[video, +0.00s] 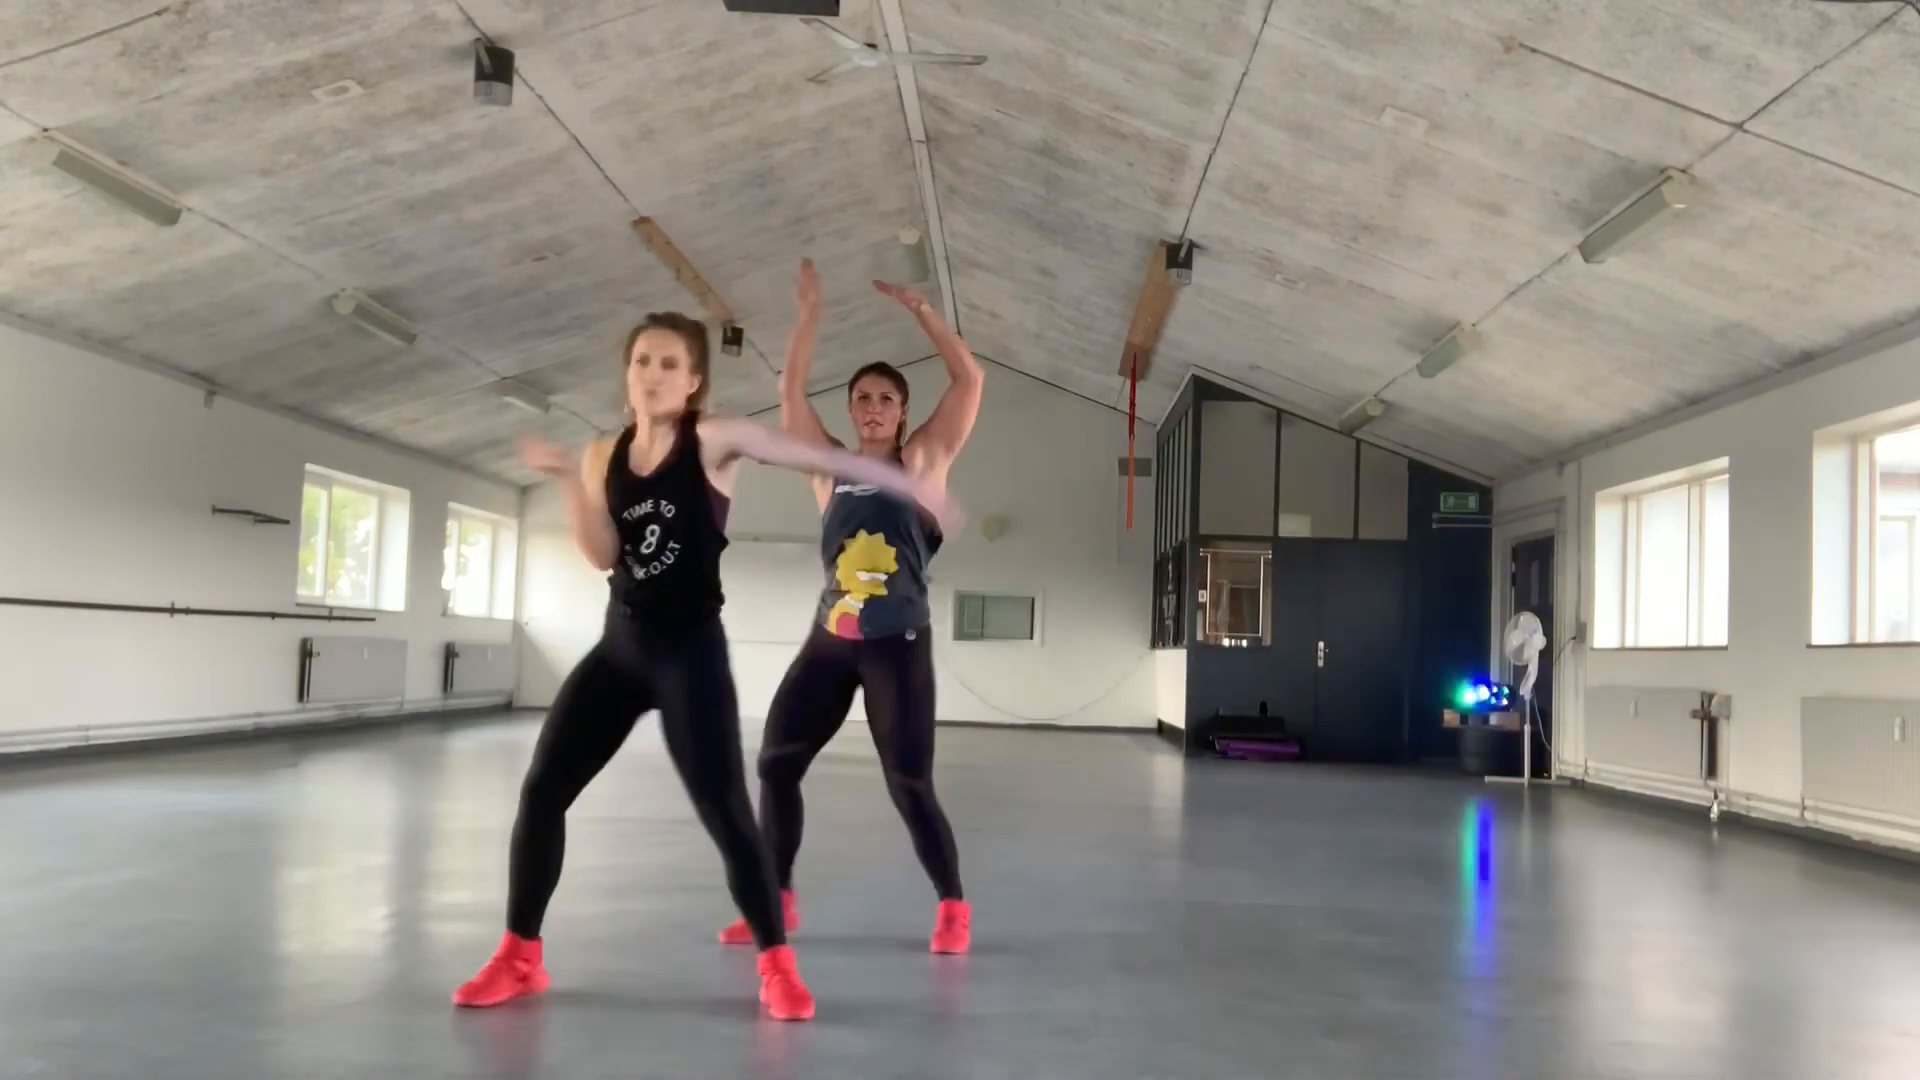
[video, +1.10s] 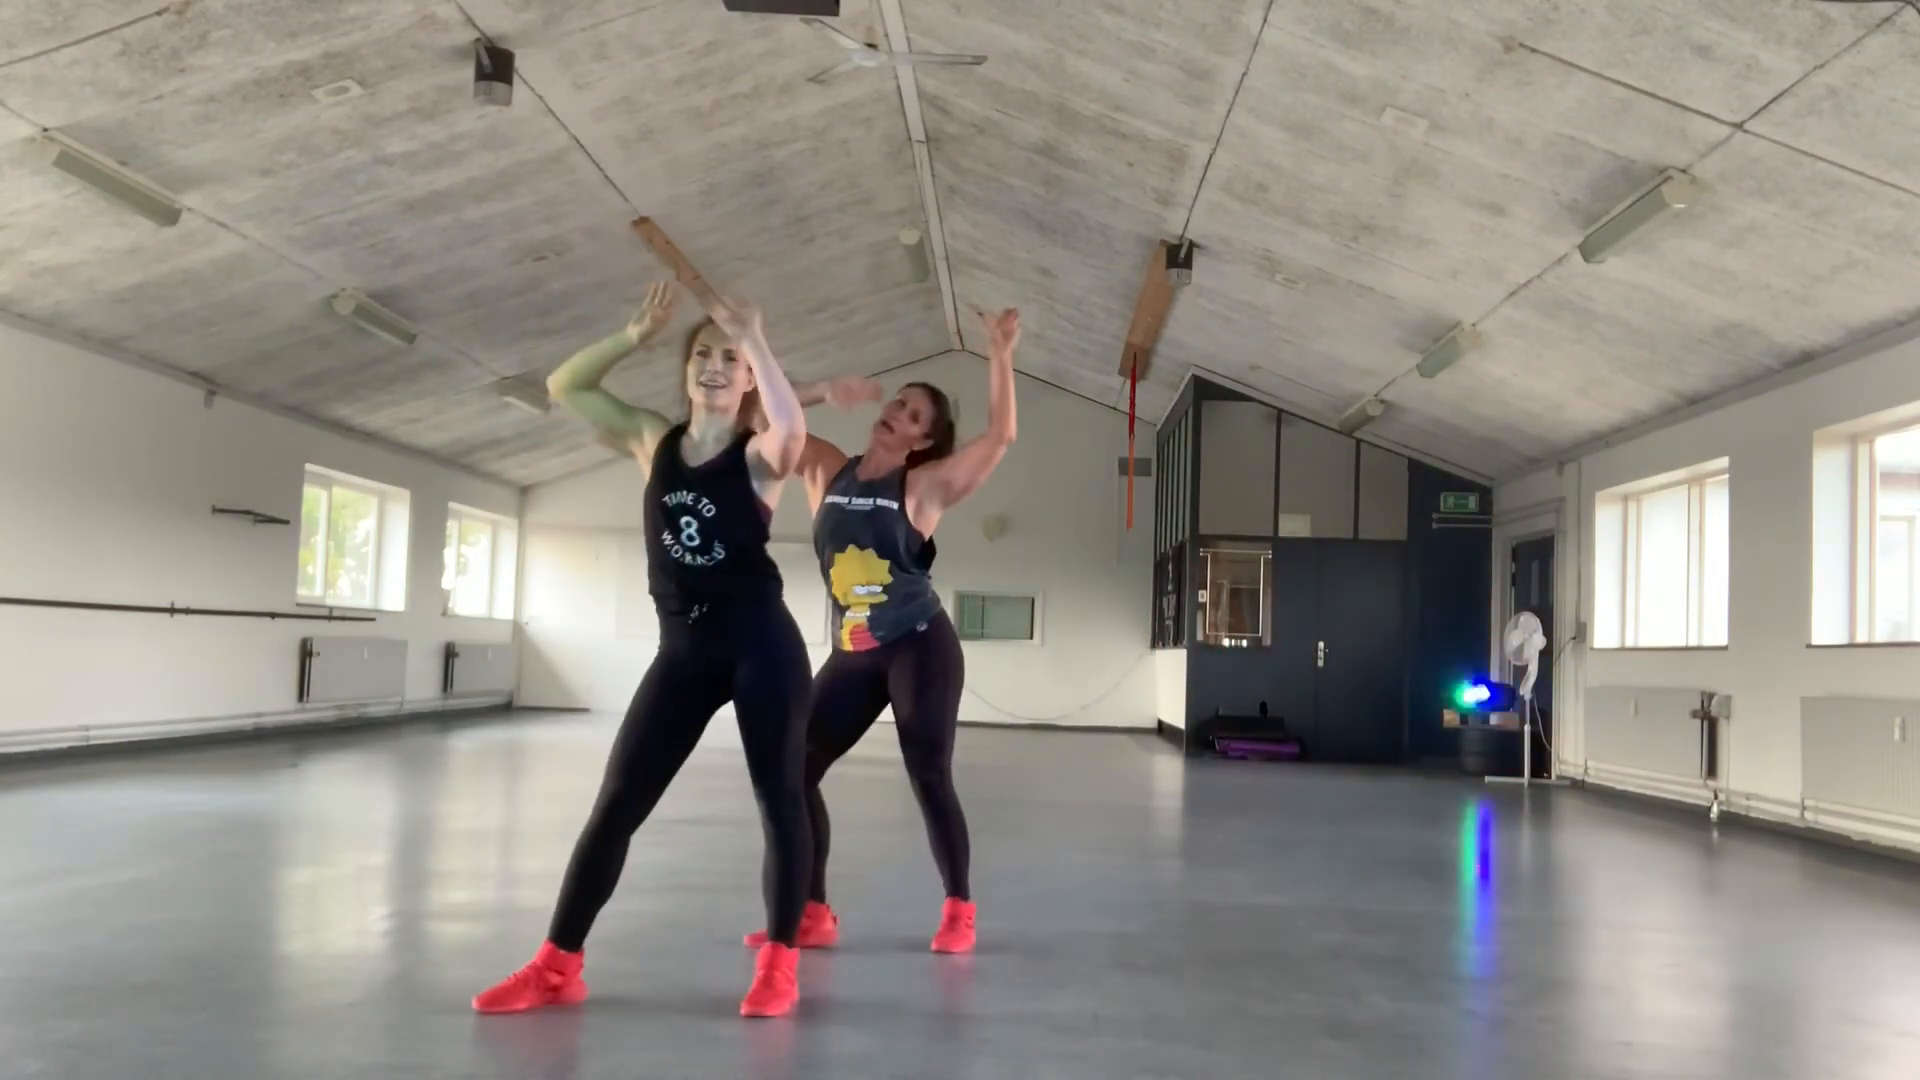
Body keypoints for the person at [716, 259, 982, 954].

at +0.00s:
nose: (873, 408)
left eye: (885, 399)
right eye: (864, 399)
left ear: (902, 412)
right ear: (851, 412)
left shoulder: (926, 457)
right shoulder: (830, 469)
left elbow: (968, 379)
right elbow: (792, 395)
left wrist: (923, 309)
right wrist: (807, 316)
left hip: (899, 645)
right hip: (829, 642)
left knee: (909, 782)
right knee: (778, 765)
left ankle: (951, 901)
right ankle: (776, 900)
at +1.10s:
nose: (897, 412)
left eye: (913, 414)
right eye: (897, 402)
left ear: (925, 441)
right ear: (881, 412)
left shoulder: (925, 487)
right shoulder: (827, 467)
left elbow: (998, 437)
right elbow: (755, 418)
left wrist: (1001, 354)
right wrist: (821, 393)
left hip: (920, 644)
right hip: (854, 655)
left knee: (928, 771)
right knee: (795, 768)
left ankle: (959, 905)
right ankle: (811, 906)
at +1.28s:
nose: (917, 395)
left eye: (931, 392)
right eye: (911, 385)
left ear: (944, 415)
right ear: (893, 396)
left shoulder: (951, 466)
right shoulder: (853, 456)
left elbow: (1011, 445)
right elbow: (800, 426)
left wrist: (1023, 426)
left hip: (929, 640)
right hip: (859, 641)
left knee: (932, 771)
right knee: (827, 768)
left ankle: (951, 903)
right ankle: (813, 905)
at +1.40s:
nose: (917, 393)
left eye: (926, 385)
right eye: (906, 385)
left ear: (944, 402)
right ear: (889, 402)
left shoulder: (965, 467)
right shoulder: (865, 462)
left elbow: (1055, 476)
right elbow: (792, 459)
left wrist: (992, 501)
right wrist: (834, 484)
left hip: (944, 645)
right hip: (872, 644)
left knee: (938, 775)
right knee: (850, 773)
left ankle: (946, 907)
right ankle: (820, 905)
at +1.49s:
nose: (917, 394)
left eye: (926, 386)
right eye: (905, 388)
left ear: (946, 401)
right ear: (891, 408)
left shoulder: (979, 472)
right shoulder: (873, 473)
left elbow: (1049, 533)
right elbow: (819, 515)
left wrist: (985, 538)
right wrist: (828, 510)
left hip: (957, 647)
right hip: (884, 644)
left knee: (944, 774)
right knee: (858, 766)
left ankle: (946, 907)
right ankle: (839, 902)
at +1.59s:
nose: (927, 403)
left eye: (937, 395)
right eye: (916, 396)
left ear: (956, 409)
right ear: (901, 412)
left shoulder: (991, 479)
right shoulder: (883, 485)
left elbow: (1010, 565)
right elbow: (859, 574)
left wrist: (984, 534)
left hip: (961, 645)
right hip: (890, 643)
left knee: (958, 762)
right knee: (887, 769)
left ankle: (946, 884)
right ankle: (885, 890)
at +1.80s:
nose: (961, 411)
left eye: (972, 403)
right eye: (950, 403)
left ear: (987, 418)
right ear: (934, 419)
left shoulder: (1018, 491)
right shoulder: (907, 492)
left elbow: (1029, 568)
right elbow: (884, 580)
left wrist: (1031, 608)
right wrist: (883, 657)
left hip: (986, 649)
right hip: (916, 650)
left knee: (1003, 721)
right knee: (912, 780)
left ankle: (980, 826)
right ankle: (897, 899)